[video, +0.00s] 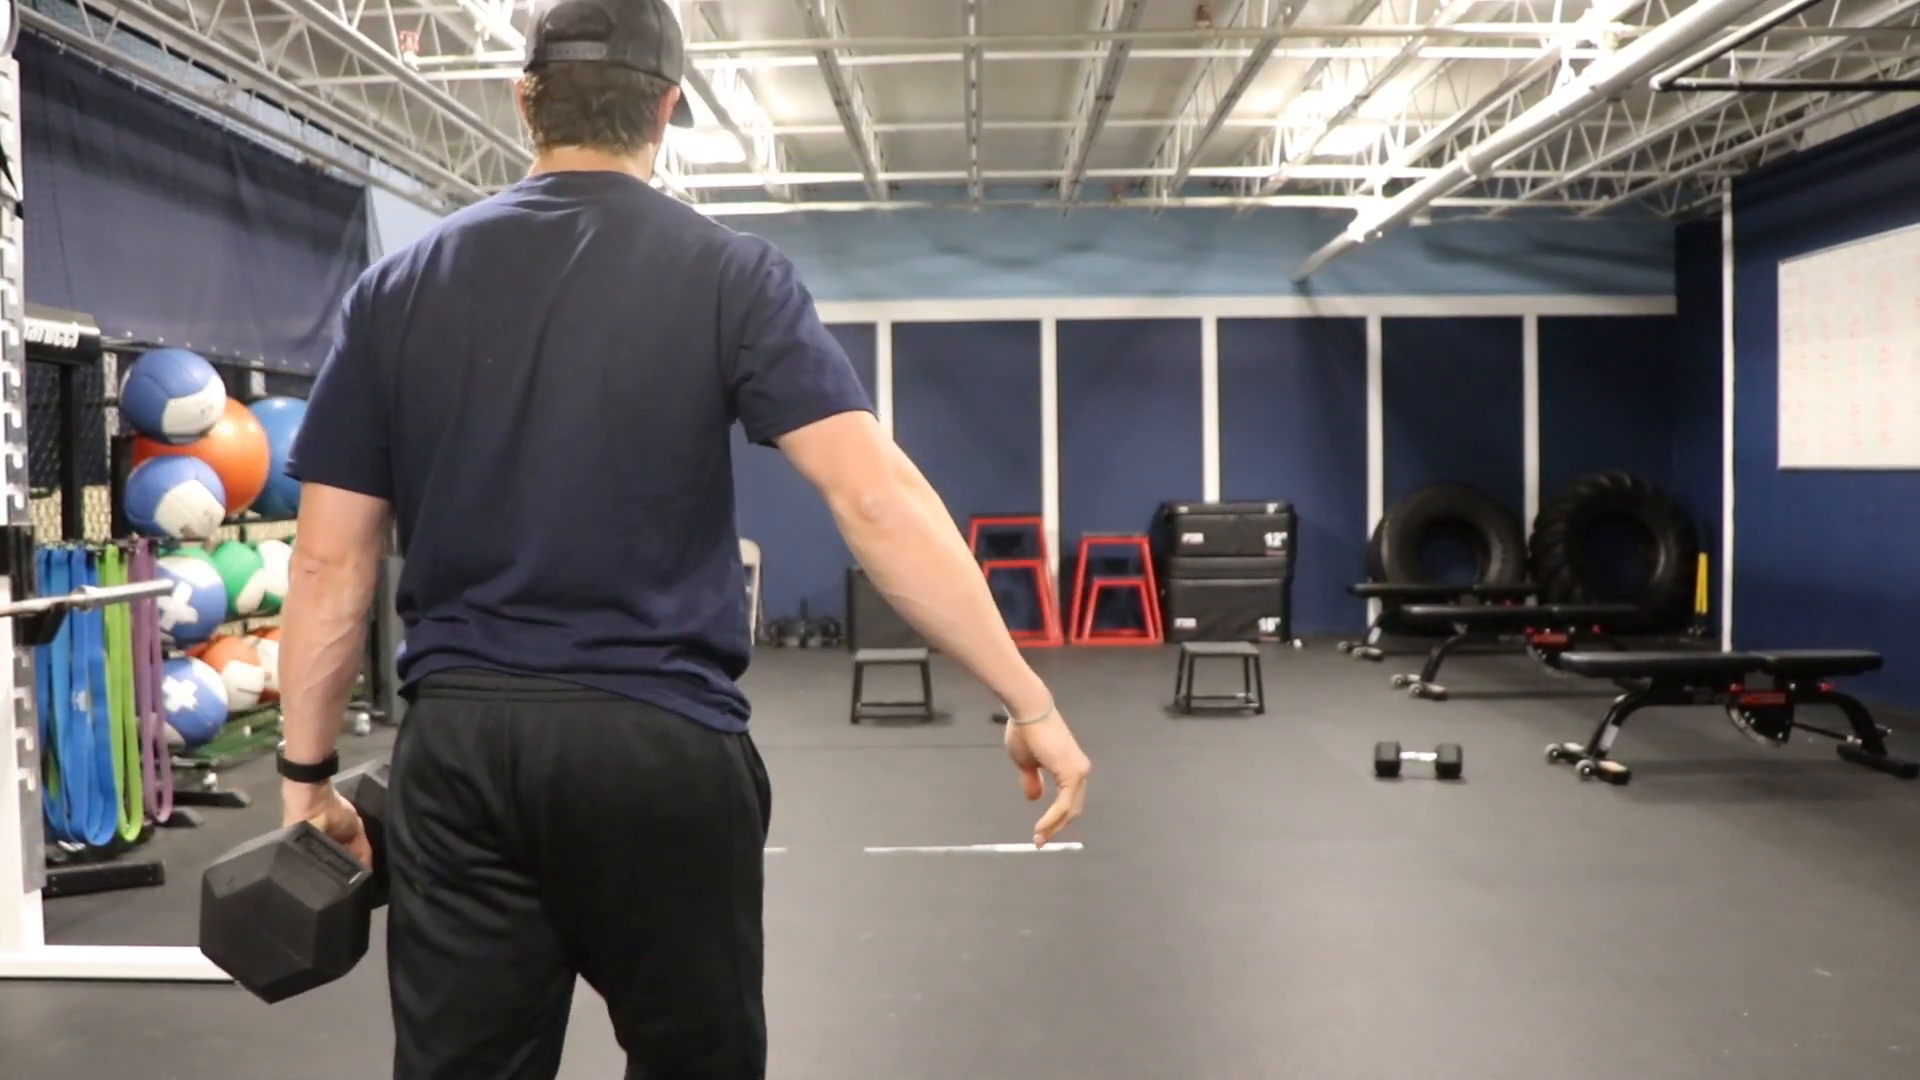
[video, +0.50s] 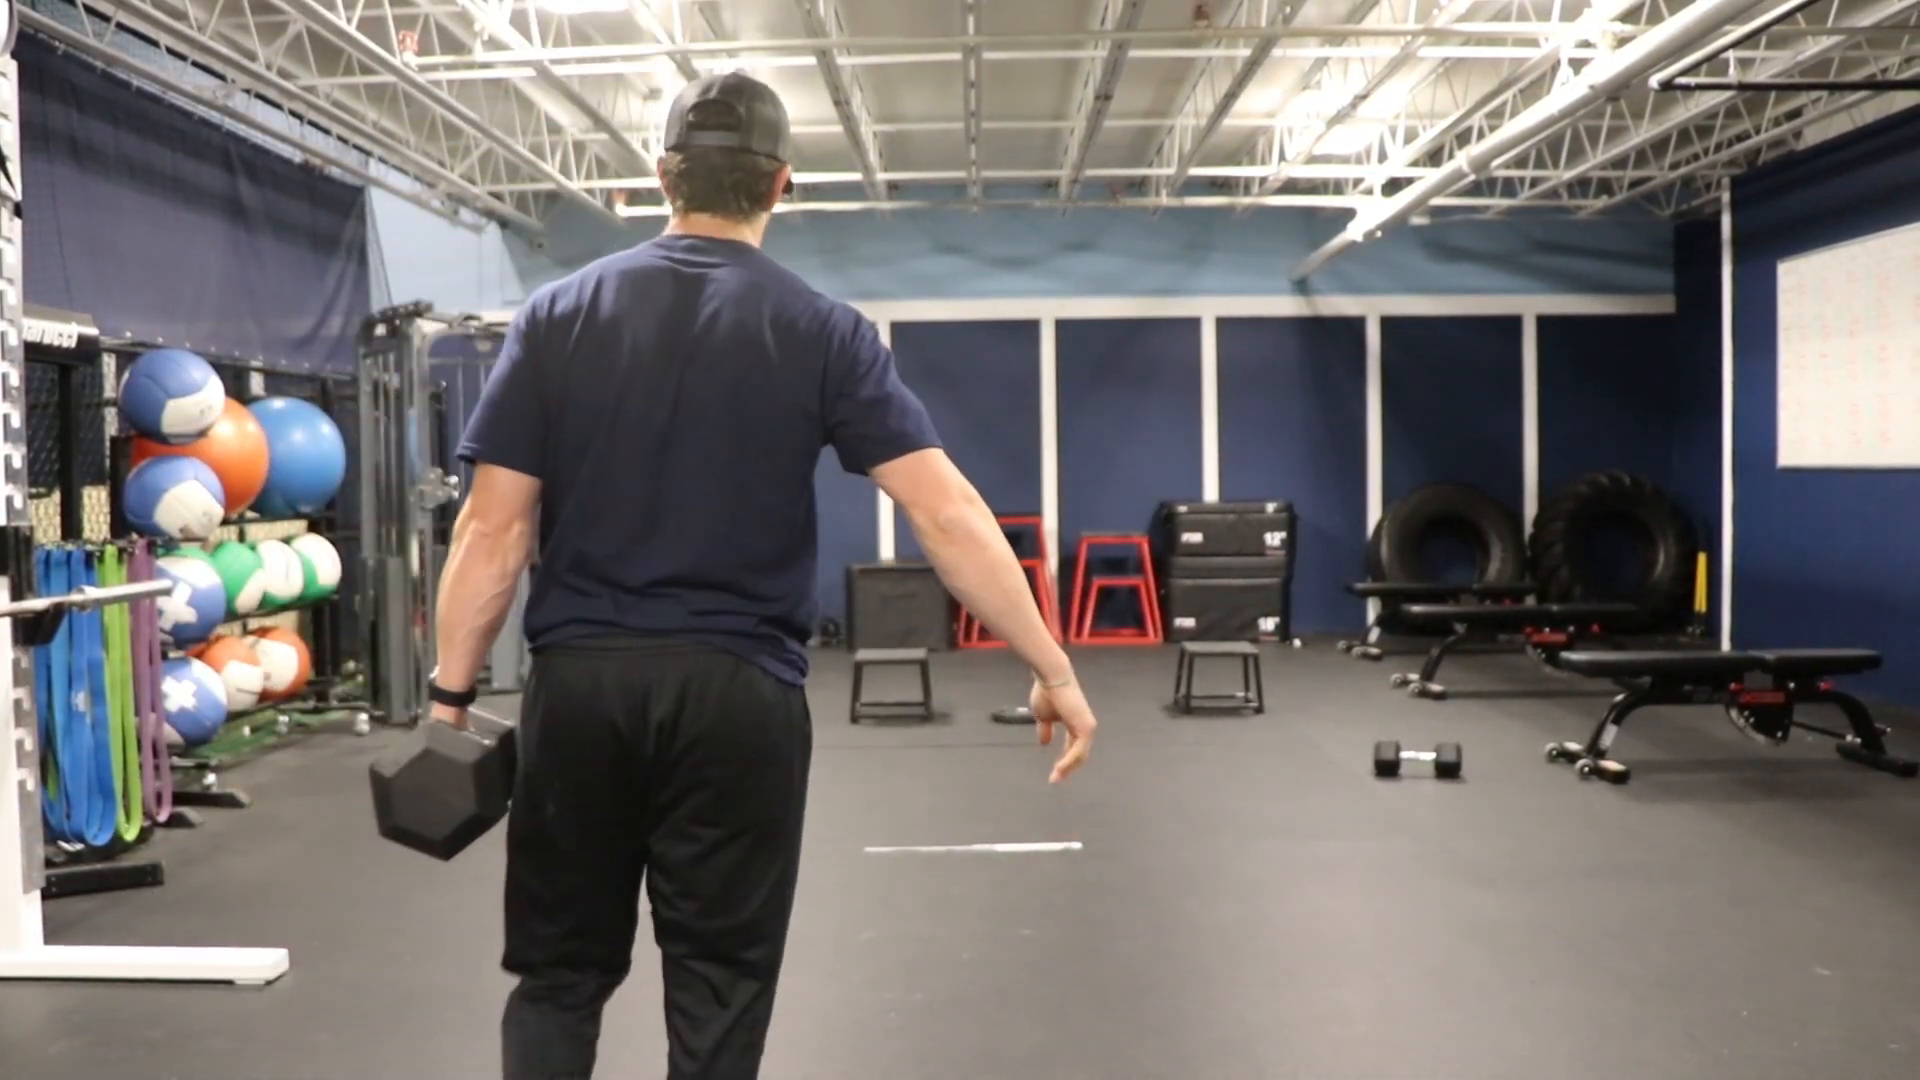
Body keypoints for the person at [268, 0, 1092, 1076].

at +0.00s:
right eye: (672, 99)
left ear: (527, 103)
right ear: (668, 111)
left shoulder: (400, 286)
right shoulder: (730, 271)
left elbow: (330, 553)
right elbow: (872, 490)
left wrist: (304, 769)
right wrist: (1028, 699)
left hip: (457, 740)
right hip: (663, 747)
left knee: (458, 1064)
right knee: (700, 1062)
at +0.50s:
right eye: (779, 171)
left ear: (660, 178)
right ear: (779, 187)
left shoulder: (557, 315)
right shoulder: (821, 329)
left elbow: (496, 520)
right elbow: (943, 507)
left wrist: (446, 700)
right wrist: (1051, 664)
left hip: (579, 689)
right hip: (740, 694)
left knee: (555, 980)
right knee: (720, 996)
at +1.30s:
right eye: (754, 226)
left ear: (661, 233)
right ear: (752, 235)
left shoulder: (598, 349)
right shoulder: (795, 340)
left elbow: (555, 521)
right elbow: (906, 458)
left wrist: (533, 648)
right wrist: (1017, 562)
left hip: (640, 633)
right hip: (764, 633)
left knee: (643, 867)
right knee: (780, 852)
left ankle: (648, 1068)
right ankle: (778, 1061)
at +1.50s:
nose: (762, 253)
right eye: (767, 242)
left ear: (678, 250)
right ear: (766, 250)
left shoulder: (609, 356)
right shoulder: (806, 354)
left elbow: (566, 519)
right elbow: (911, 473)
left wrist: (537, 641)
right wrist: (1013, 578)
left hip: (642, 628)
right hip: (762, 631)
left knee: (636, 861)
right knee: (751, 850)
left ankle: (635, 1069)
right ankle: (738, 1034)